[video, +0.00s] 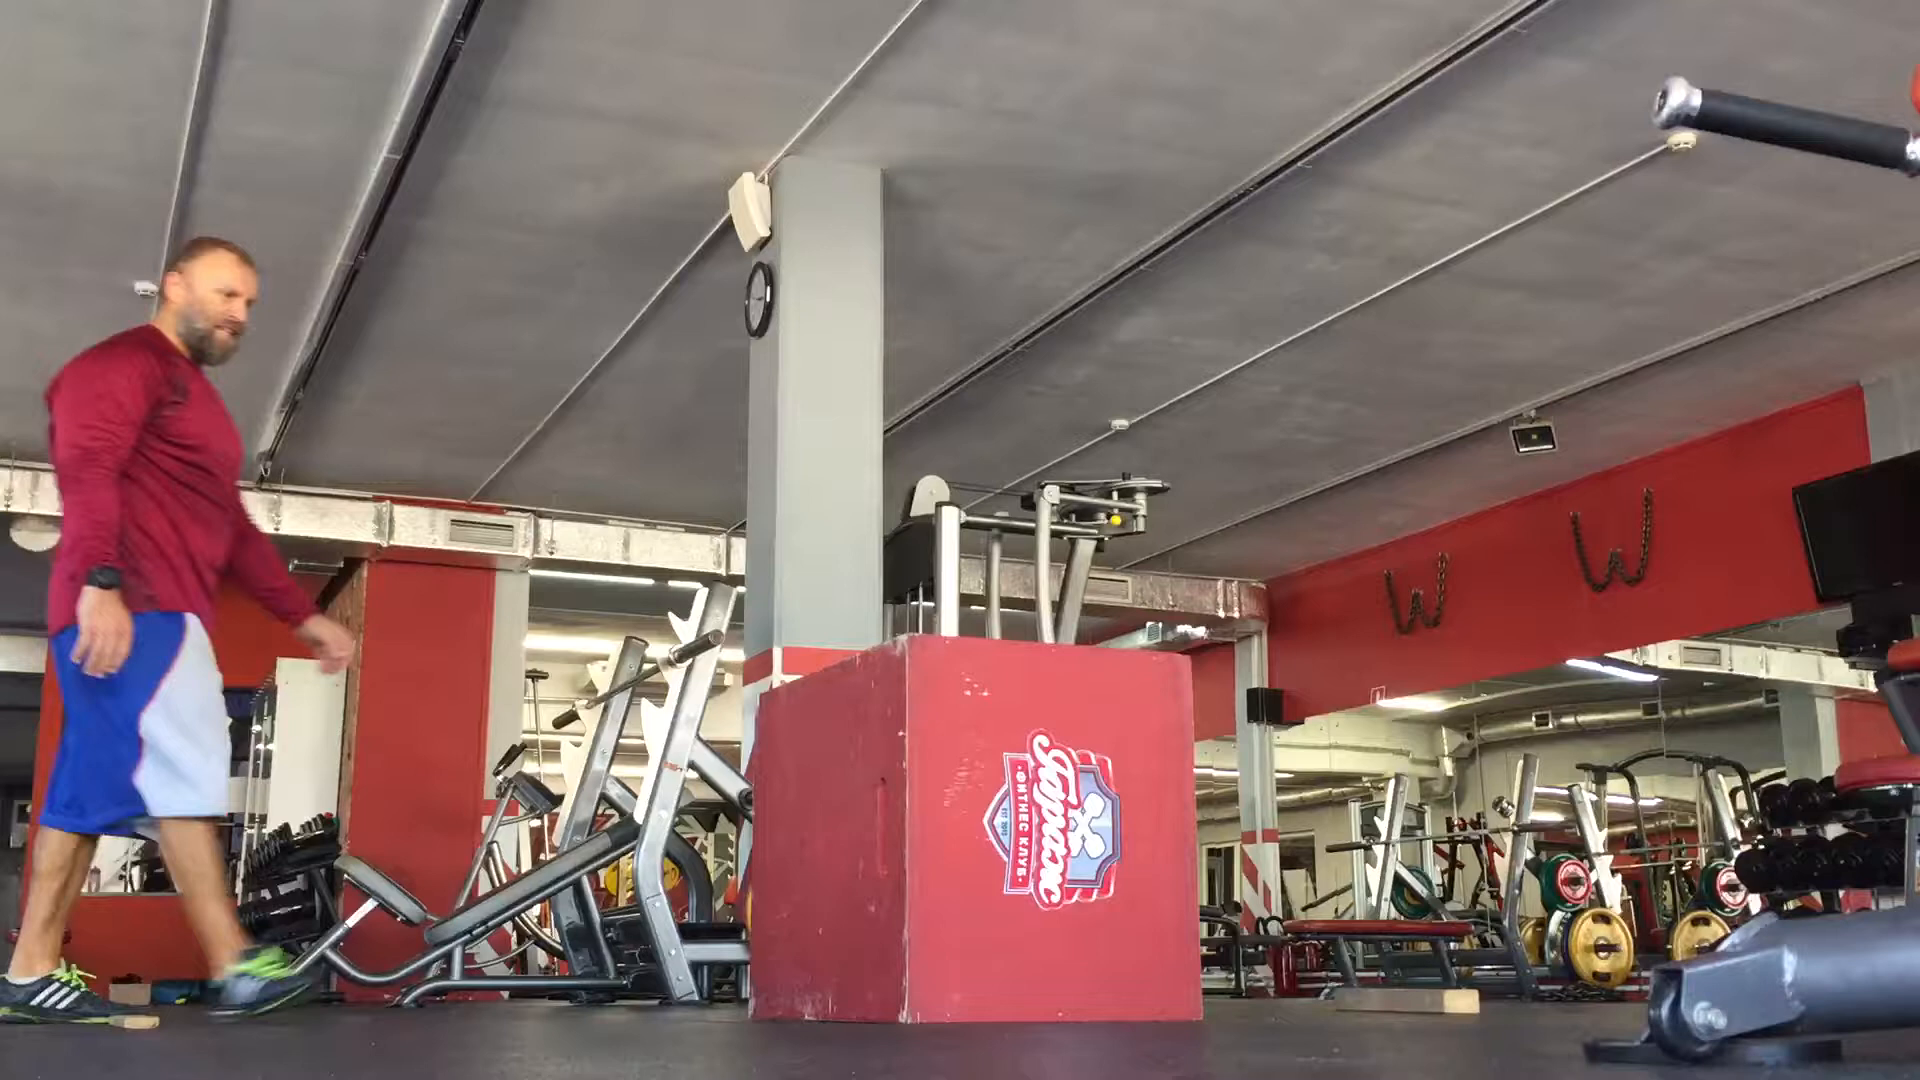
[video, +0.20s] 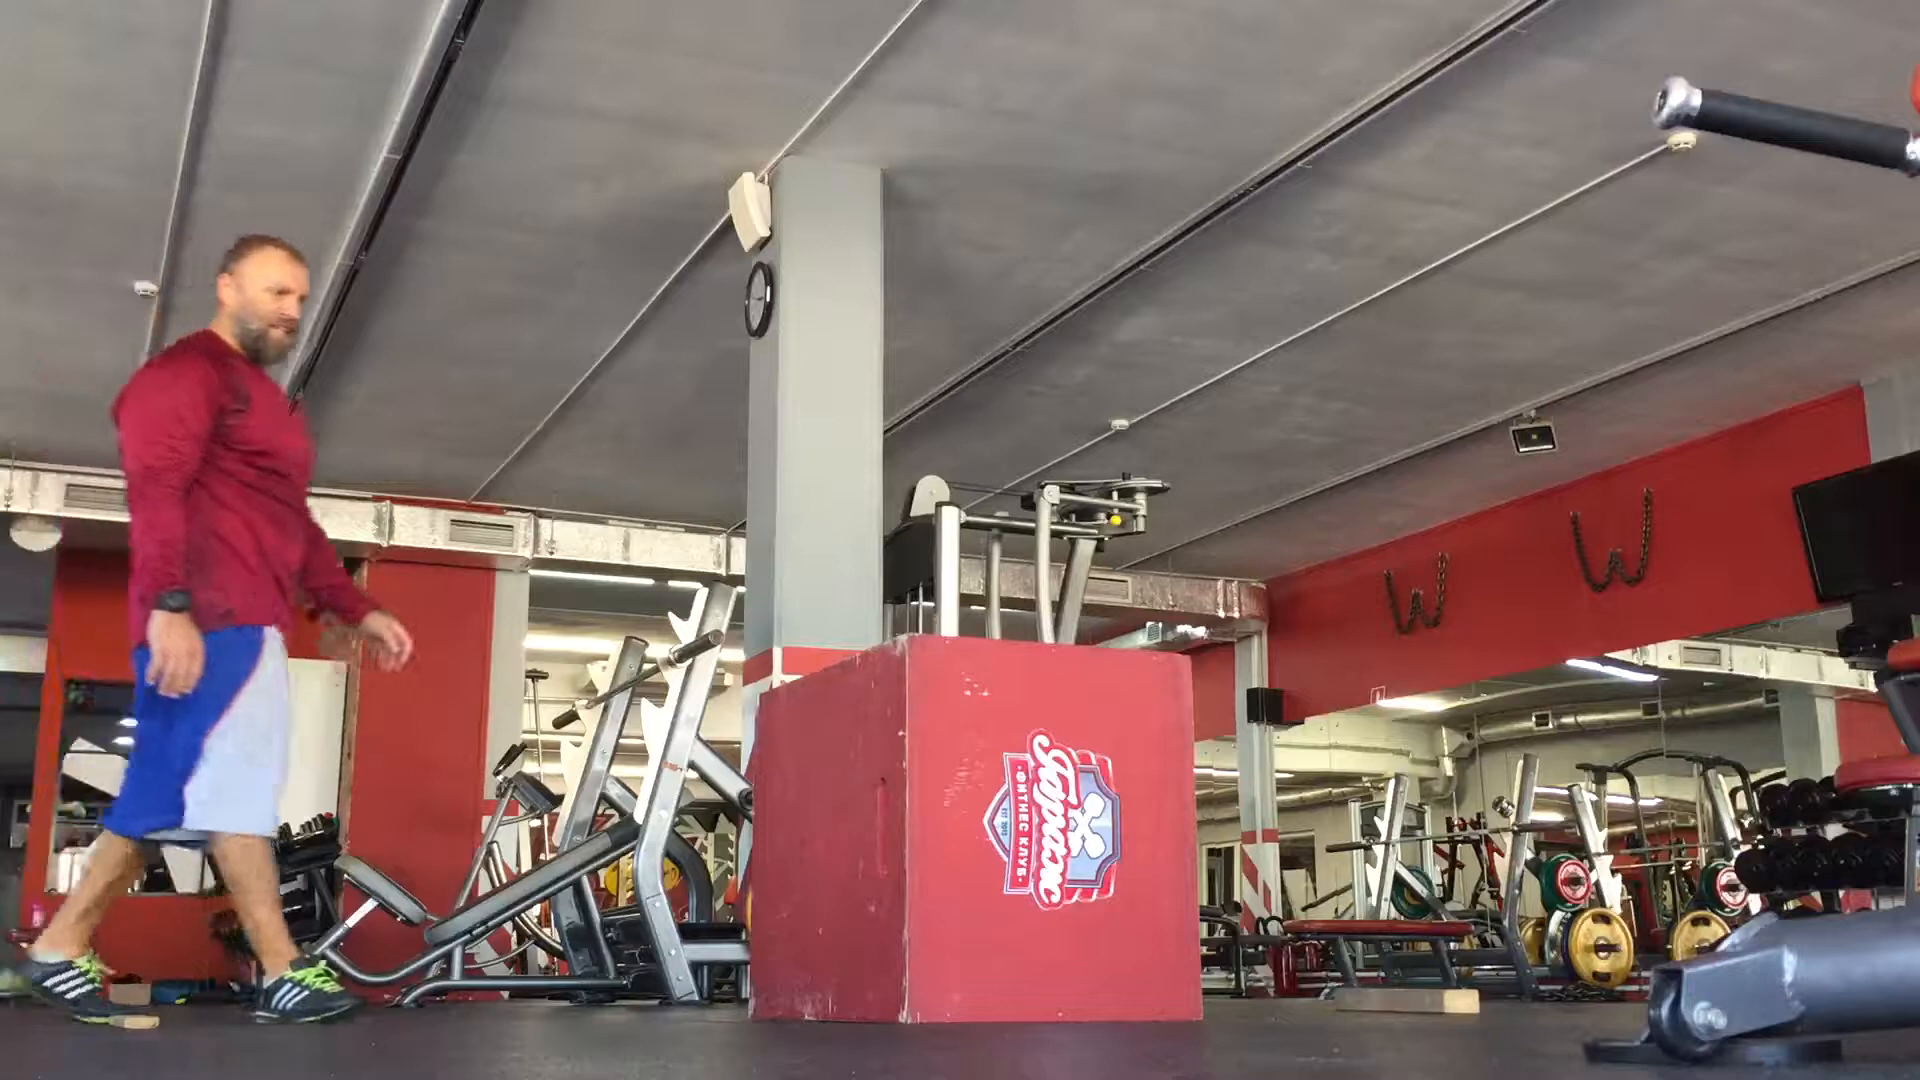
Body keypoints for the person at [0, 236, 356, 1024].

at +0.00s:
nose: (240, 314)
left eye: (248, 304)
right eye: (227, 294)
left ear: (241, 312)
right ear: (173, 286)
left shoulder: (196, 399)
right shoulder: (126, 363)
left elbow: (231, 525)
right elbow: (88, 468)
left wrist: (304, 615)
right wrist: (100, 581)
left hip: (127, 608)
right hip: (146, 607)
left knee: (84, 787)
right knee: (188, 780)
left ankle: (32, 970)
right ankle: (233, 965)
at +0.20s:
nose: (291, 310)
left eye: (301, 299)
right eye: (277, 292)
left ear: (301, 310)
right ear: (226, 289)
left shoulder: (273, 404)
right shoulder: (186, 372)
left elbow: (291, 524)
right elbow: (155, 487)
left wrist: (355, 609)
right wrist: (170, 607)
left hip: (249, 622)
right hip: (214, 619)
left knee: (158, 792)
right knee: (240, 796)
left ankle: (58, 948)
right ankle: (283, 972)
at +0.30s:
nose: (325, 303)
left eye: (333, 292)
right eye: (310, 285)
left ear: (333, 300)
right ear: (258, 284)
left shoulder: (303, 387)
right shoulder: (220, 368)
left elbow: (313, 522)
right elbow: (200, 489)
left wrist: (361, 611)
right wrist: (217, 604)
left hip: (300, 621)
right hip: (251, 614)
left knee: (240, 799)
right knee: (253, 795)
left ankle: (126, 915)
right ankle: (284, 974)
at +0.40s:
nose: (359, 302)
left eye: (368, 290)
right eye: (344, 284)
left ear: (368, 298)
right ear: (292, 281)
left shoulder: (342, 387)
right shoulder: (253, 366)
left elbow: (343, 520)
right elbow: (237, 489)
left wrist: (377, 620)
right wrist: (269, 606)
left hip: (347, 626)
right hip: (275, 617)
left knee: (352, 789)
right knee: (270, 796)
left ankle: (224, 908)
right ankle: (283, 976)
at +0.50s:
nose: (392, 297)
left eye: (401, 285)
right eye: (377, 279)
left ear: (404, 292)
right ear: (327, 275)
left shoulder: (371, 378)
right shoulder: (278, 361)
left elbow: (353, 505)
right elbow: (265, 485)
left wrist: (391, 616)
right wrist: (309, 593)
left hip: (377, 619)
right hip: (289, 616)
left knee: (415, 783)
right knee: (278, 795)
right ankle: (283, 972)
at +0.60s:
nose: (426, 294)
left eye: (435, 284)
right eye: (411, 275)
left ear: (438, 294)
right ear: (360, 270)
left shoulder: (412, 383)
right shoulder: (302, 359)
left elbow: (396, 500)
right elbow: (287, 476)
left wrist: (415, 598)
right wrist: (340, 583)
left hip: (420, 611)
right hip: (315, 610)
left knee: (448, 786)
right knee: (289, 794)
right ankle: (283, 973)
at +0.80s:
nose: (498, 290)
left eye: (508, 278)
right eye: (482, 271)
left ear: (510, 289)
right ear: (432, 267)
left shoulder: (503, 391)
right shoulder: (367, 356)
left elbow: (507, 508)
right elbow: (337, 470)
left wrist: (524, 605)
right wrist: (359, 580)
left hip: (499, 617)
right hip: (391, 612)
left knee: (516, 786)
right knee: (337, 785)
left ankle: (536, 967)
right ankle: (294, 963)